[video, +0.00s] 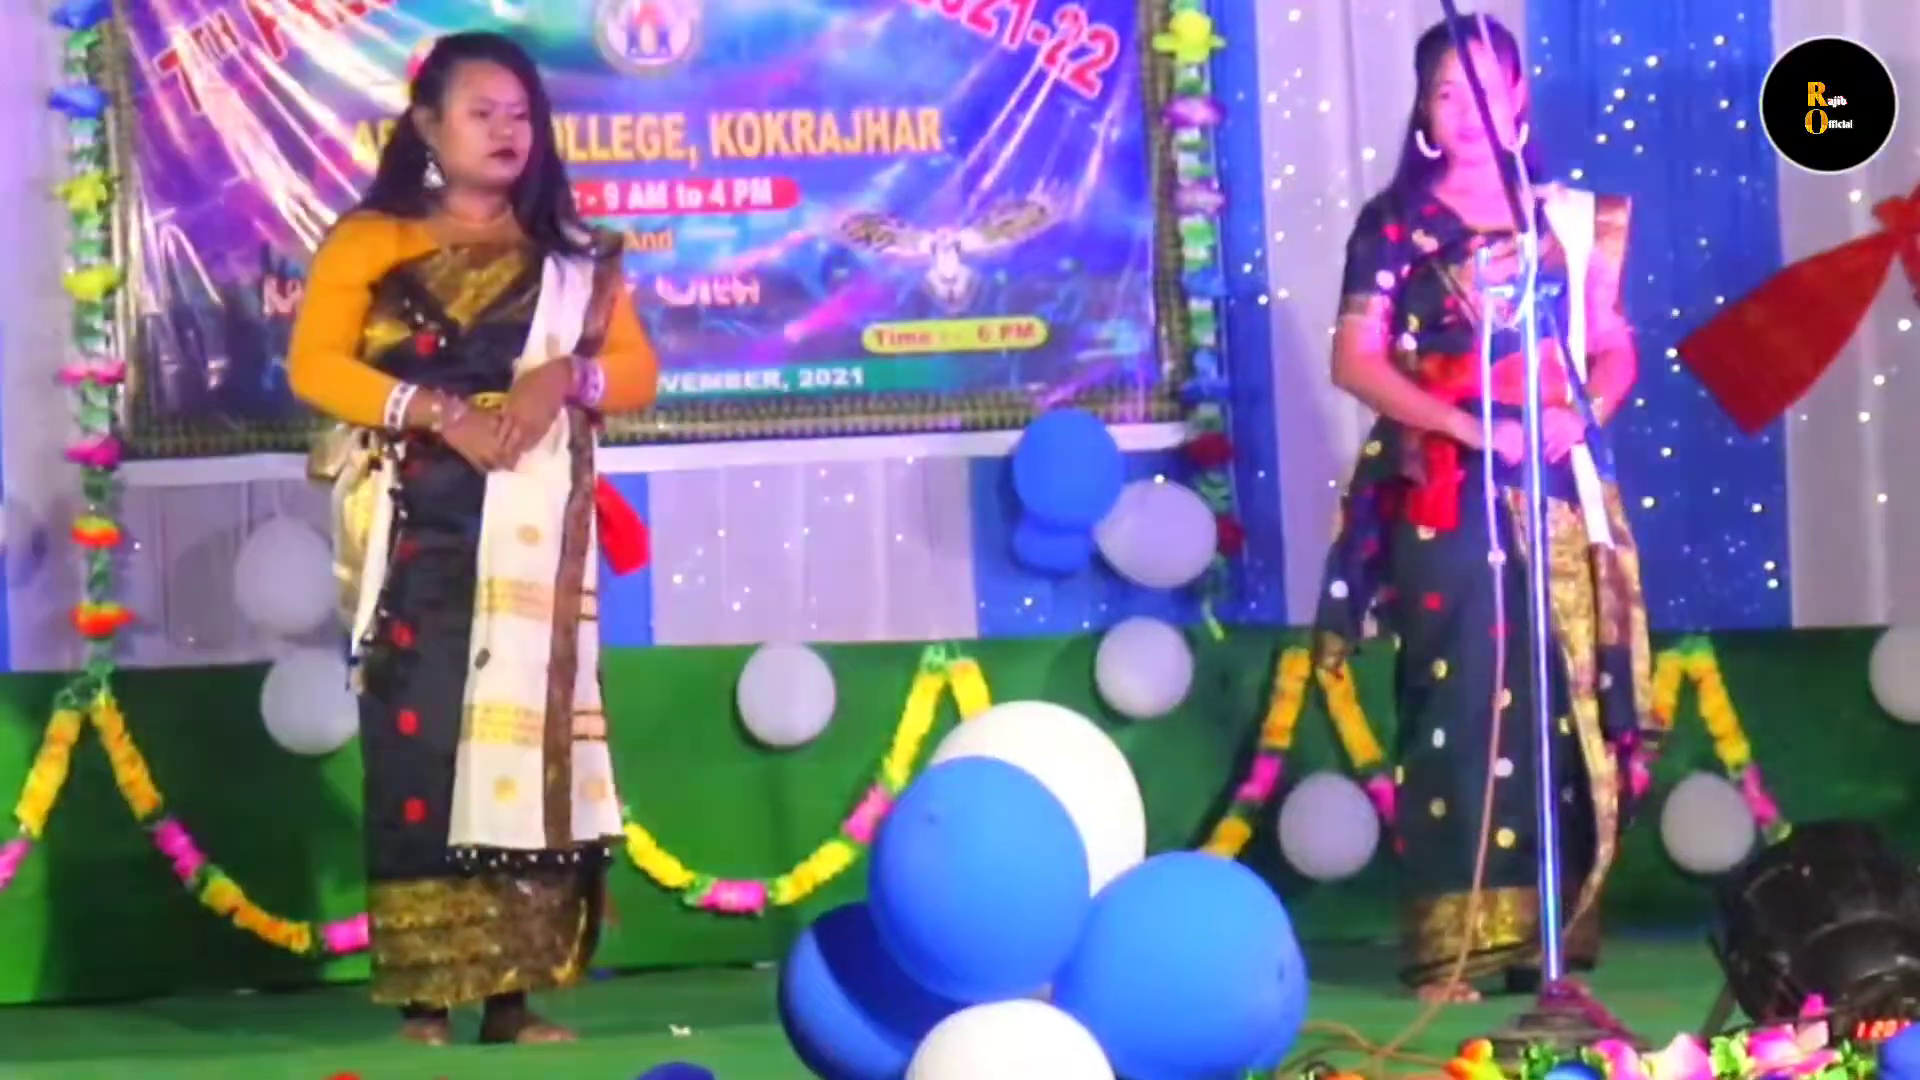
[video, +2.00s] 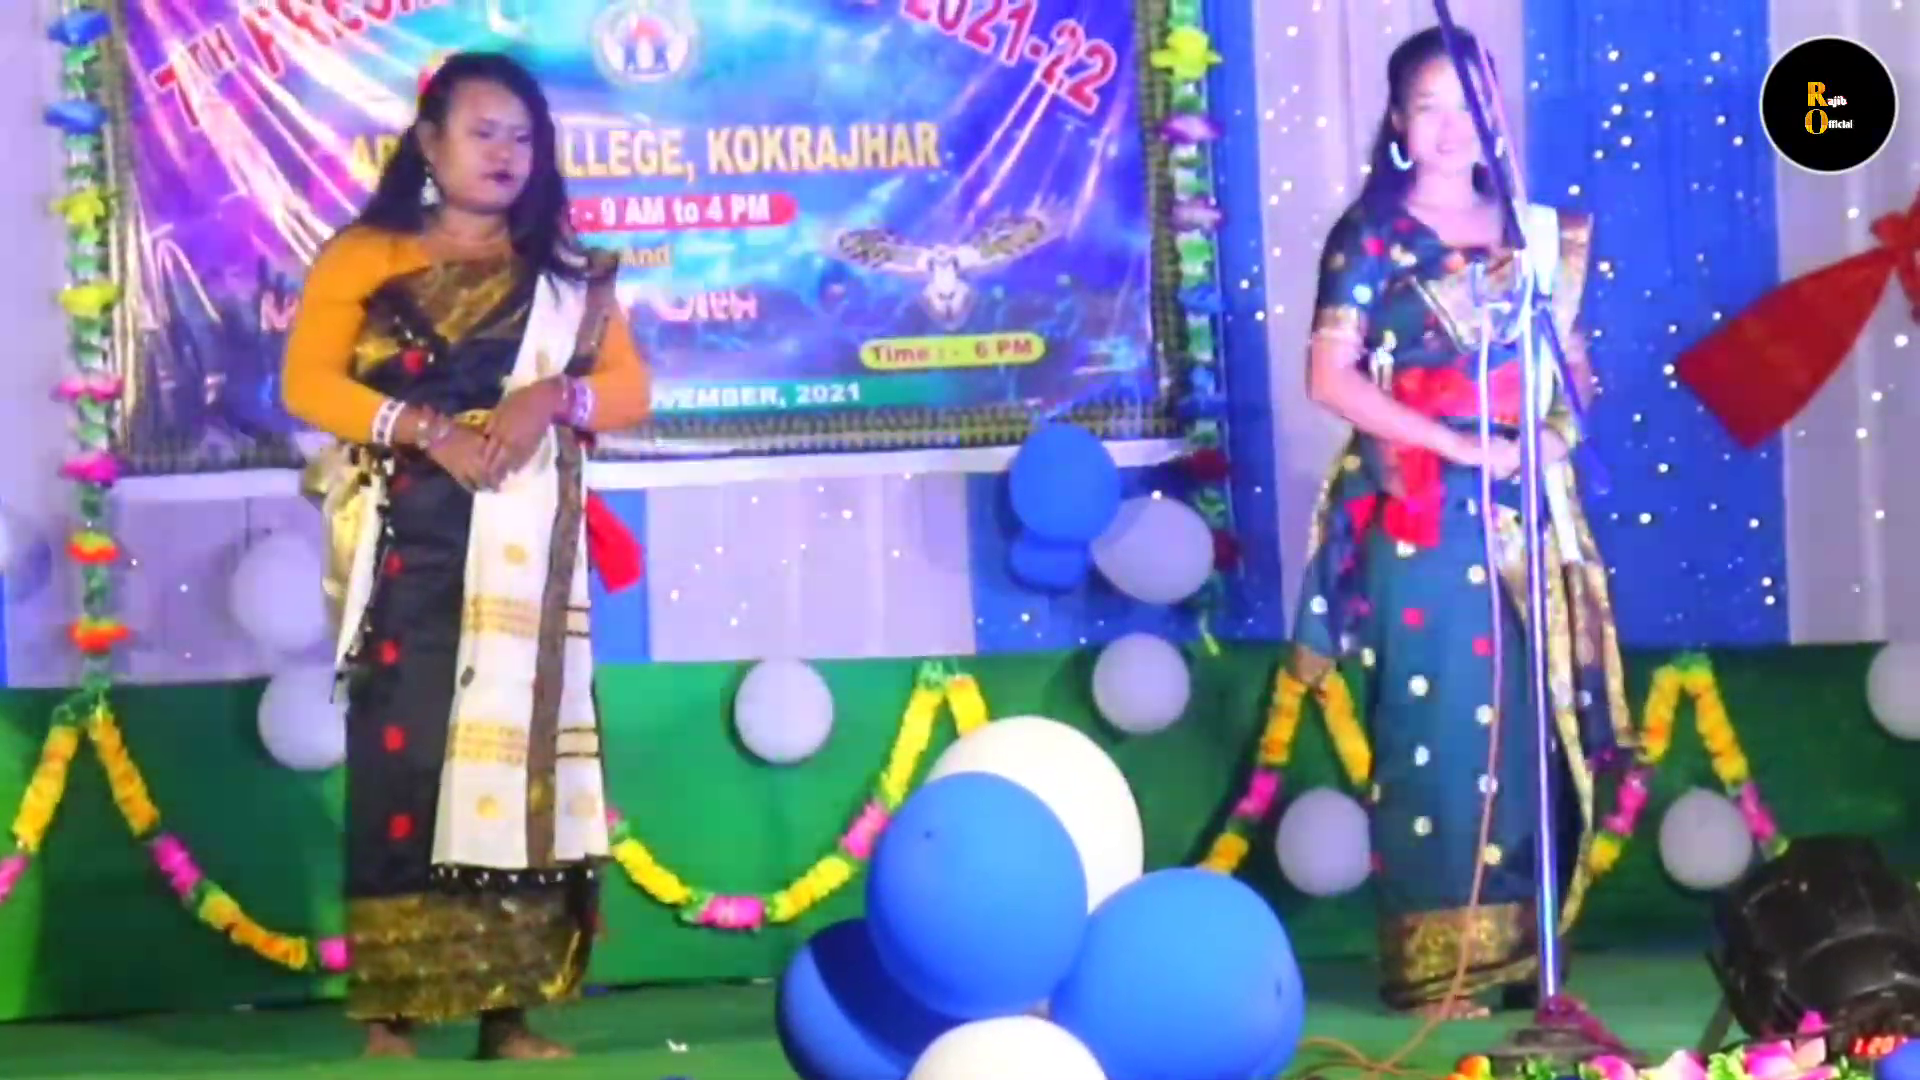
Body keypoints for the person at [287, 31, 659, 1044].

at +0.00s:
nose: (508, 131)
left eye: (521, 114)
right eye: (483, 113)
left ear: (538, 128)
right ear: (430, 127)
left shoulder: (570, 250)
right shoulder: (369, 240)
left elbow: (640, 377)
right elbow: (313, 365)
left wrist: (567, 377)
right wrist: (432, 406)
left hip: (535, 540)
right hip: (419, 537)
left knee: (527, 744)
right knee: (420, 749)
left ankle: (508, 997)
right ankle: (424, 997)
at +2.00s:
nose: (506, 154)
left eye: (522, 137)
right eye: (483, 132)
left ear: (540, 154)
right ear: (430, 142)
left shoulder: (564, 273)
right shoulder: (362, 259)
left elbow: (633, 392)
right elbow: (306, 382)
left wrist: (552, 395)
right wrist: (422, 425)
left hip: (526, 561)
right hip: (408, 555)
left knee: (521, 762)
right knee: (401, 766)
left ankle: (508, 1011)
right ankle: (389, 1011)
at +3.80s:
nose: (479, 151)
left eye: (493, 133)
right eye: (454, 132)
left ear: (511, 148)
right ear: (399, 147)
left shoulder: (552, 269)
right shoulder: (342, 267)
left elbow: (618, 389)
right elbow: (287, 393)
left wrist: (538, 401)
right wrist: (409, 434)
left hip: (520, 562)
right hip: (403, 560)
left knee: (519, 765)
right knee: (397, 770)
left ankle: (508, 1016)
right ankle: (389, 1016)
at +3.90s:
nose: (479, 150)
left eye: (493, 133)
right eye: (454, 132)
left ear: (511, 147)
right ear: (400, 146)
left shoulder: (553, 268)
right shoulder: (342, 267)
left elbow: (620, 388)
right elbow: (287, 392)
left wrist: (540, 400)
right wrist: (409, 434)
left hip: (520, 561)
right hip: (402, 560)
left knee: (519, 764)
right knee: (397, 770)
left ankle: (509, 1016)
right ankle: (389, 1015)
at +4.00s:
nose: (477, 152)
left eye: (492, 135)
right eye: (453, 133)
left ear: (511, 150)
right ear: (402, 147)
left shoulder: (549, 269)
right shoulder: (345, 264)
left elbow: (622, 386)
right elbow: (287, 389)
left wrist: (538, 399)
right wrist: (409, 433)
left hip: (520, 561)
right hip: (403, 559)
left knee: (518, 765)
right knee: (395, 771)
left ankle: (508, 1016)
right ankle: (386, 1017)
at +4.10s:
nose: (487, 146)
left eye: (500, 130)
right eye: (463, 129)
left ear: (517, 144)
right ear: (407, 143)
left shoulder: (547, 265)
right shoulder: (348, 259)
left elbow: (626, 382)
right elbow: (293, 380)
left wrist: (546, 395)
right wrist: (414, 413)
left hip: (521, 553)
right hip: (402, 551)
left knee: (520, 757)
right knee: (397, 763)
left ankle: (513, 1009)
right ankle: (388, 1009)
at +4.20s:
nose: (513, 141)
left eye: (519, 125)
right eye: (488, 126)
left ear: (529, 137)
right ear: (428, 141)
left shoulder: (556, 260)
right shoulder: (374, 251)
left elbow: (631, 380)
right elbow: (327, 374)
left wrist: (574, 406)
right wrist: (448, 397)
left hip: (536, 547)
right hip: (422, 544)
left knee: (530, 752)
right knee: (408, 760)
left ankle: (513, 1010)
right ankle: (390, 1012)